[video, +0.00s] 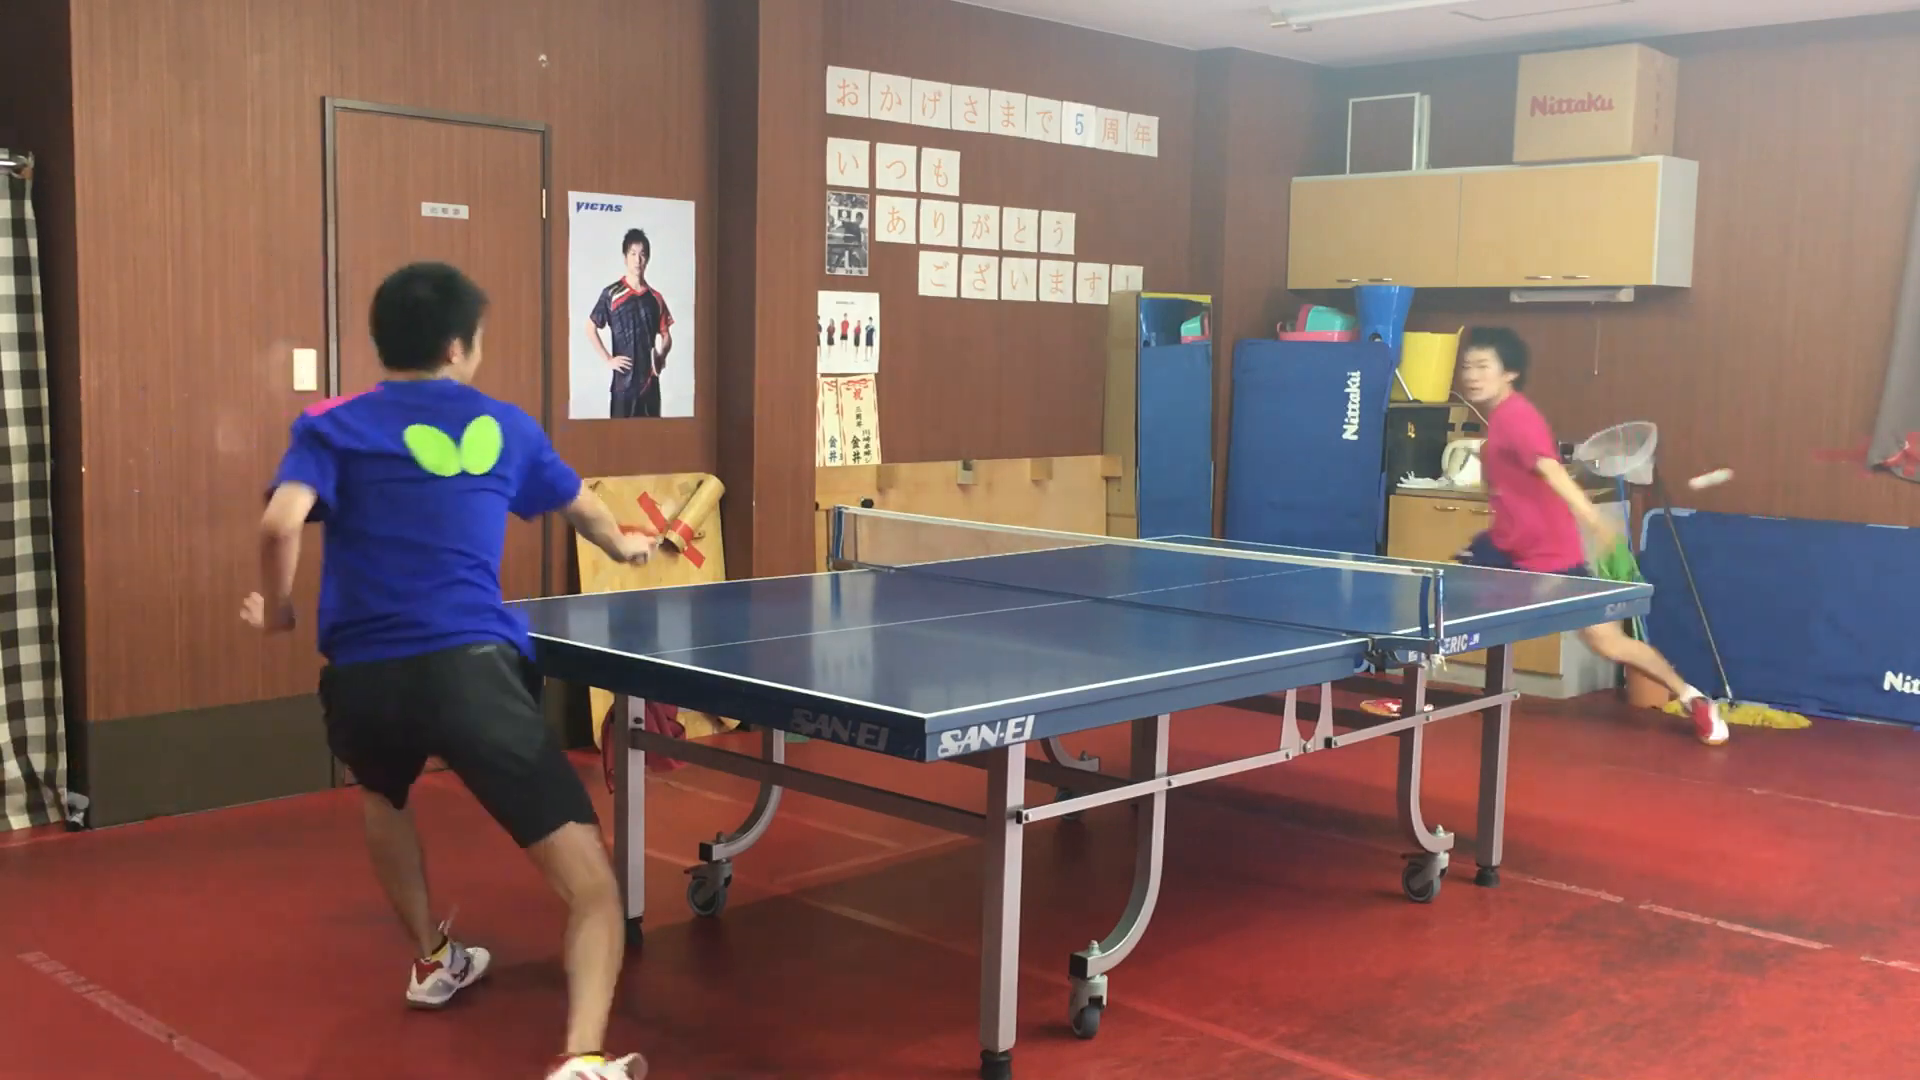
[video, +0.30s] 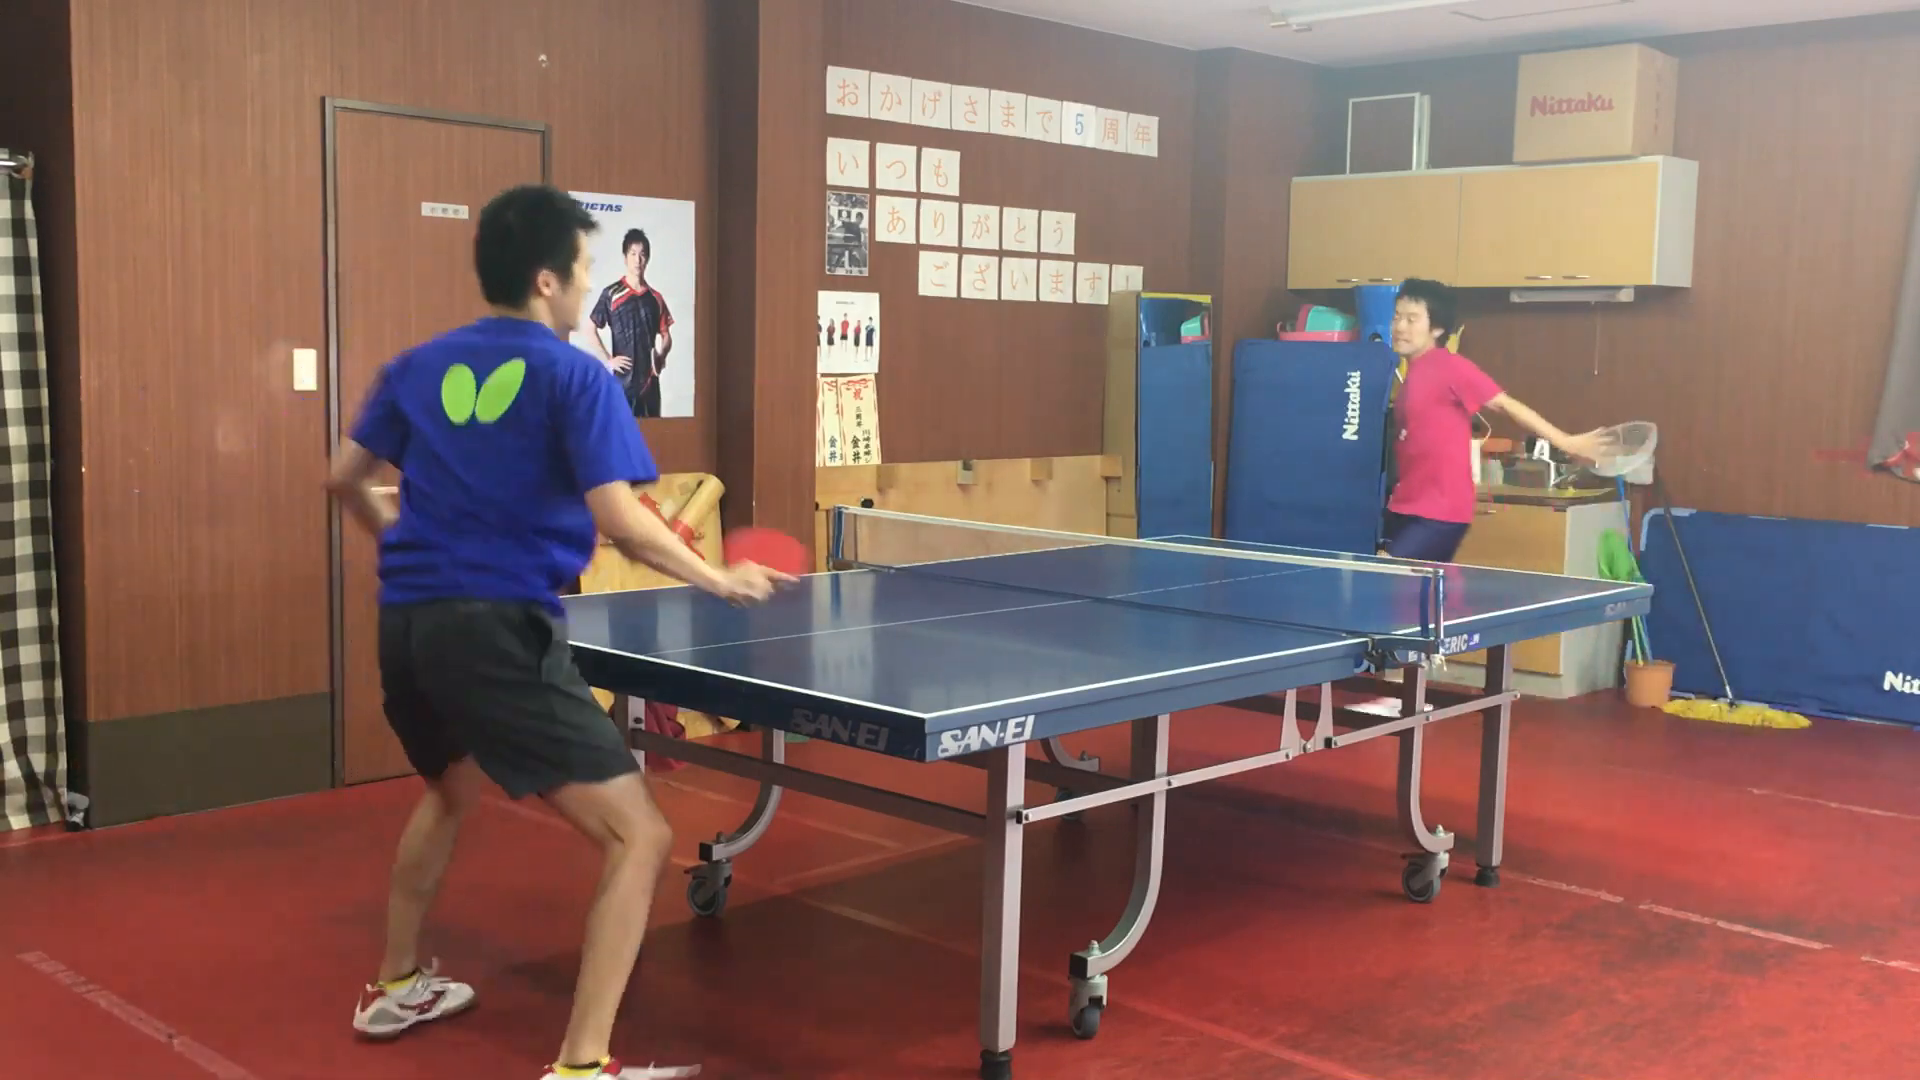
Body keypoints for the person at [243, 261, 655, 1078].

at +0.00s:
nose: (479, 355)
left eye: (477, 341)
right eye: (478, 342)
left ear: (384, 345)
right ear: (460, 347)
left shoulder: (333, 423)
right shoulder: (502, 425)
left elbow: (280, 520)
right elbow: (584, 509)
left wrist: (276, 608)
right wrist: (623, 545)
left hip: (361, 683)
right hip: (471, 675)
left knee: (383, 797)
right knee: (591, 889)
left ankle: (432, 959)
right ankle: (583, 1056)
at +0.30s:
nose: (590, 287)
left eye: (587, 269)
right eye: (582, 270)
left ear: (500, 275)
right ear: (546, 279)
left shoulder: (422, 362)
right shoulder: (576, 374)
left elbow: (348, 476)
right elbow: (619, 516)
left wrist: (394, 533)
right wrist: (716, 577)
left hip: (406, 633)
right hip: (497, 633)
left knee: (448, 791)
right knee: (639, 834)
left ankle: (396, 983)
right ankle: (584, 1060)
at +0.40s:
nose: (637, 286)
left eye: (636, 268)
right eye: (629, 268)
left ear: (544, 275)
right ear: (584, 278)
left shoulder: (487, 358)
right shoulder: (597, 378)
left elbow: (438, 470)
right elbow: (591, 511)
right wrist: (717, 604)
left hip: (438, 636)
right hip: (513, 650)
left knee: (461, 804)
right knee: (654, 867)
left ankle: (396, 985)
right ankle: (569, 1070)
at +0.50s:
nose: (688, 235)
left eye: (687, 216)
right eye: (681, 216)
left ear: (598, 223)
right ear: (635, 226)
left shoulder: (544, 309)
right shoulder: (619, 322)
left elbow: (547, 456)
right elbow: (550, 461)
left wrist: (653, 478)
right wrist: (628, 592)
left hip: (486, 604)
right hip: (553, 614)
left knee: (465, 813)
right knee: (647, 860)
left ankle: (431, 994)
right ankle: (572, 1068)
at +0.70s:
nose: (774, 208)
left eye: (776, 186)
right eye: (766, 184)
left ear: (704, 185)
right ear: (712, 183)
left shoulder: (671, 282)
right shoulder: (636, 274)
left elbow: (679, 416)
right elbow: (520, 415)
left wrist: (794, 456)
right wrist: (472, 590)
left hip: (619, 590)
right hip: (608, 594)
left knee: (572, 855)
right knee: (709, 868)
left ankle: (504, 1065)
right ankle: (646, 1069)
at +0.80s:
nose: (819, 248)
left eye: (822, 226)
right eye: (813, 223)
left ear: (751, 218)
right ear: (753, 218)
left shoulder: (727, 324)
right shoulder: (653, 310)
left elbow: (734, 463)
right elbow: (524, 452)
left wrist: (846, 526)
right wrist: (450, 623)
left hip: (680, 658)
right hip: (642, 662)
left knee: (578, 908)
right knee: (736, 930)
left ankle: (501, 1071)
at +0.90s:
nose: (879, 245)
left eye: (883, 222)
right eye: (873, 219)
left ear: (813, 214)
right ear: (808, 211)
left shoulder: (794, 334)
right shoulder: (683, 319)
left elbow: (796, 487)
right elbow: (563, 469)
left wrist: (894, 592)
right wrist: (489, 639)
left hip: (755, 684)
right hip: (691, 686)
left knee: (653, 899)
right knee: (768, 967)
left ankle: (522, 1066)